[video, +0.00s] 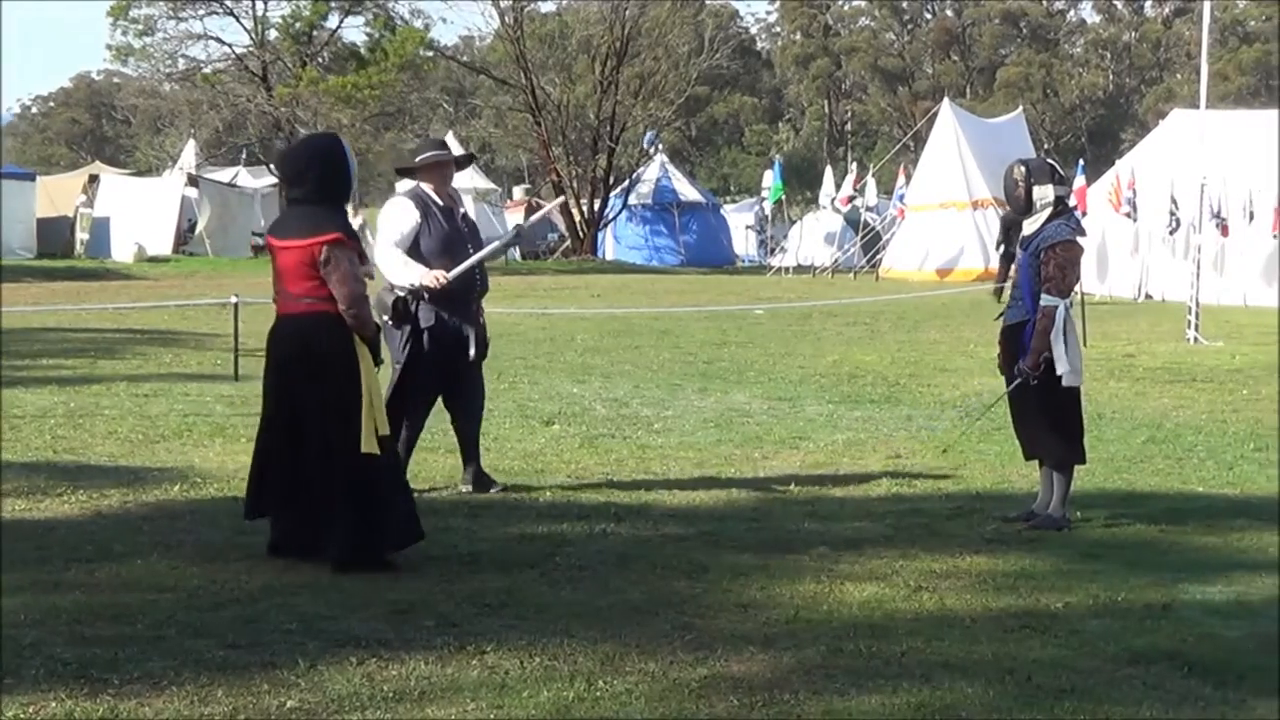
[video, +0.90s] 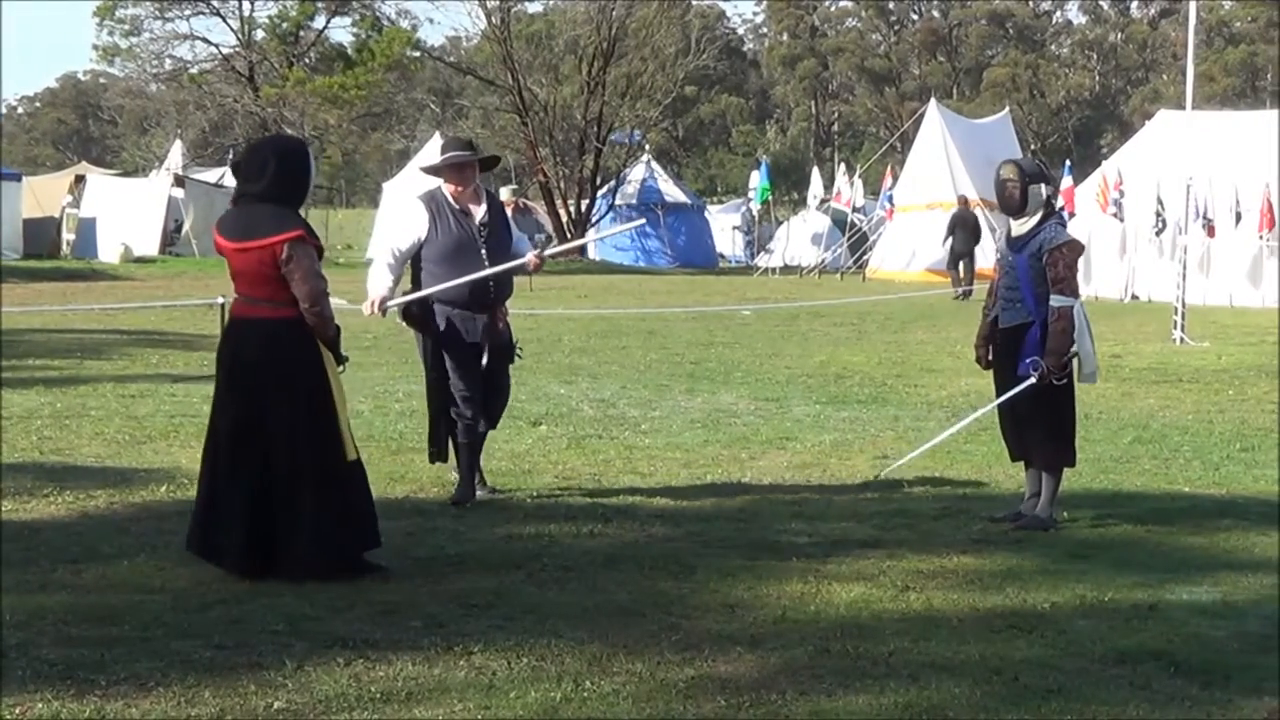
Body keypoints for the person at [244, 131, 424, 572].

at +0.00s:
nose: (351, 180)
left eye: (348, 172)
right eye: (347, 173)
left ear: (290, 180)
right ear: (337, 179)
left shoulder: (279, 230)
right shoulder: (331, 234)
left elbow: (284, 293)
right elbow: (351, 303)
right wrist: (374, 337)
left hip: (286, 336)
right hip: (329, 339)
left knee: (296, 434)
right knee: (342, 435)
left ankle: (291, 532)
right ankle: (353, 541)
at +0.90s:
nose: (307, 183)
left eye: (304, 175)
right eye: (303, 175)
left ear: (248, 176)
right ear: (293, 180)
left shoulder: (229, 227)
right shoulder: (291, 234)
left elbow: (245, 280)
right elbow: (313, 303)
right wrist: (333, 341)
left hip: (242, 335)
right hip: (287, 341)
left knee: (246, 437)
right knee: (300, 438)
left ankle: (244, 543)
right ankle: (310, 544)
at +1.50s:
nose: (307, 178)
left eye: (304, 170)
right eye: (302, 171)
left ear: (247, 176)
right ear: (291, 179)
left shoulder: (229, 227)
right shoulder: (291, 235)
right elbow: (317, 305)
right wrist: (339, 344)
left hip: (247, 337)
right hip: (291, 343)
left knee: (247, 439)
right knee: (305, 441)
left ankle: (242, 541)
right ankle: (310, 546)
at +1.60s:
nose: (305, 177)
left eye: (300, 169)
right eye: (300, 170)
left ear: (245, 176)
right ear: (291, 177)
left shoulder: (230, 228)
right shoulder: (290, 233)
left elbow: (247, 277)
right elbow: (316, 307)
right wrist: (337, 344)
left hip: (245, 337)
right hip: (290, 342)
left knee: (249, 437)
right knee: (305, 439)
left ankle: (248, 540)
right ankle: (314, 545)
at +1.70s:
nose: (302, 178)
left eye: (297, 170)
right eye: (298, 171)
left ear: (241, 176)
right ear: (291, 177)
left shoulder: (228, 227)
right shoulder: (291, 233)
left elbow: (217, 273)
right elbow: (314, 307)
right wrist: (335, 343)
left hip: (243, 341)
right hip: (290, 344)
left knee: (248, 437)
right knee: (305, 440)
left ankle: (249, 539)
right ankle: (316, 544)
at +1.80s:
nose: (301, 179)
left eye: (298, 171)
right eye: (297, 171)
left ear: (242, 175)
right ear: (288, 178)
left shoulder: (225, 229)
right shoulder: (288, 232)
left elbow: (211, 288)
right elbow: (311, 306)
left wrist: (254, 291)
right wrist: (333, 342)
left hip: (240, 343)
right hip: (288, 347)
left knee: (253, 441)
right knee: (309, 441)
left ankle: (261, 547)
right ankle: (336, 547)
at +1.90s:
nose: (300, 179)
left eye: (299, 170)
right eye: (297, 171)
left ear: (241, 175)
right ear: (285, 178)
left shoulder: (223, 231)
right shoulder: (287, 233)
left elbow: (214, 295)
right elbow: (312, 308)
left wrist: (252, 313)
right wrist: (332, 343)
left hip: (239, 344)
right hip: (287, 347)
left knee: (252, 442)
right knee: (309, 441)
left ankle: (260, 548)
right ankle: (335, 547)